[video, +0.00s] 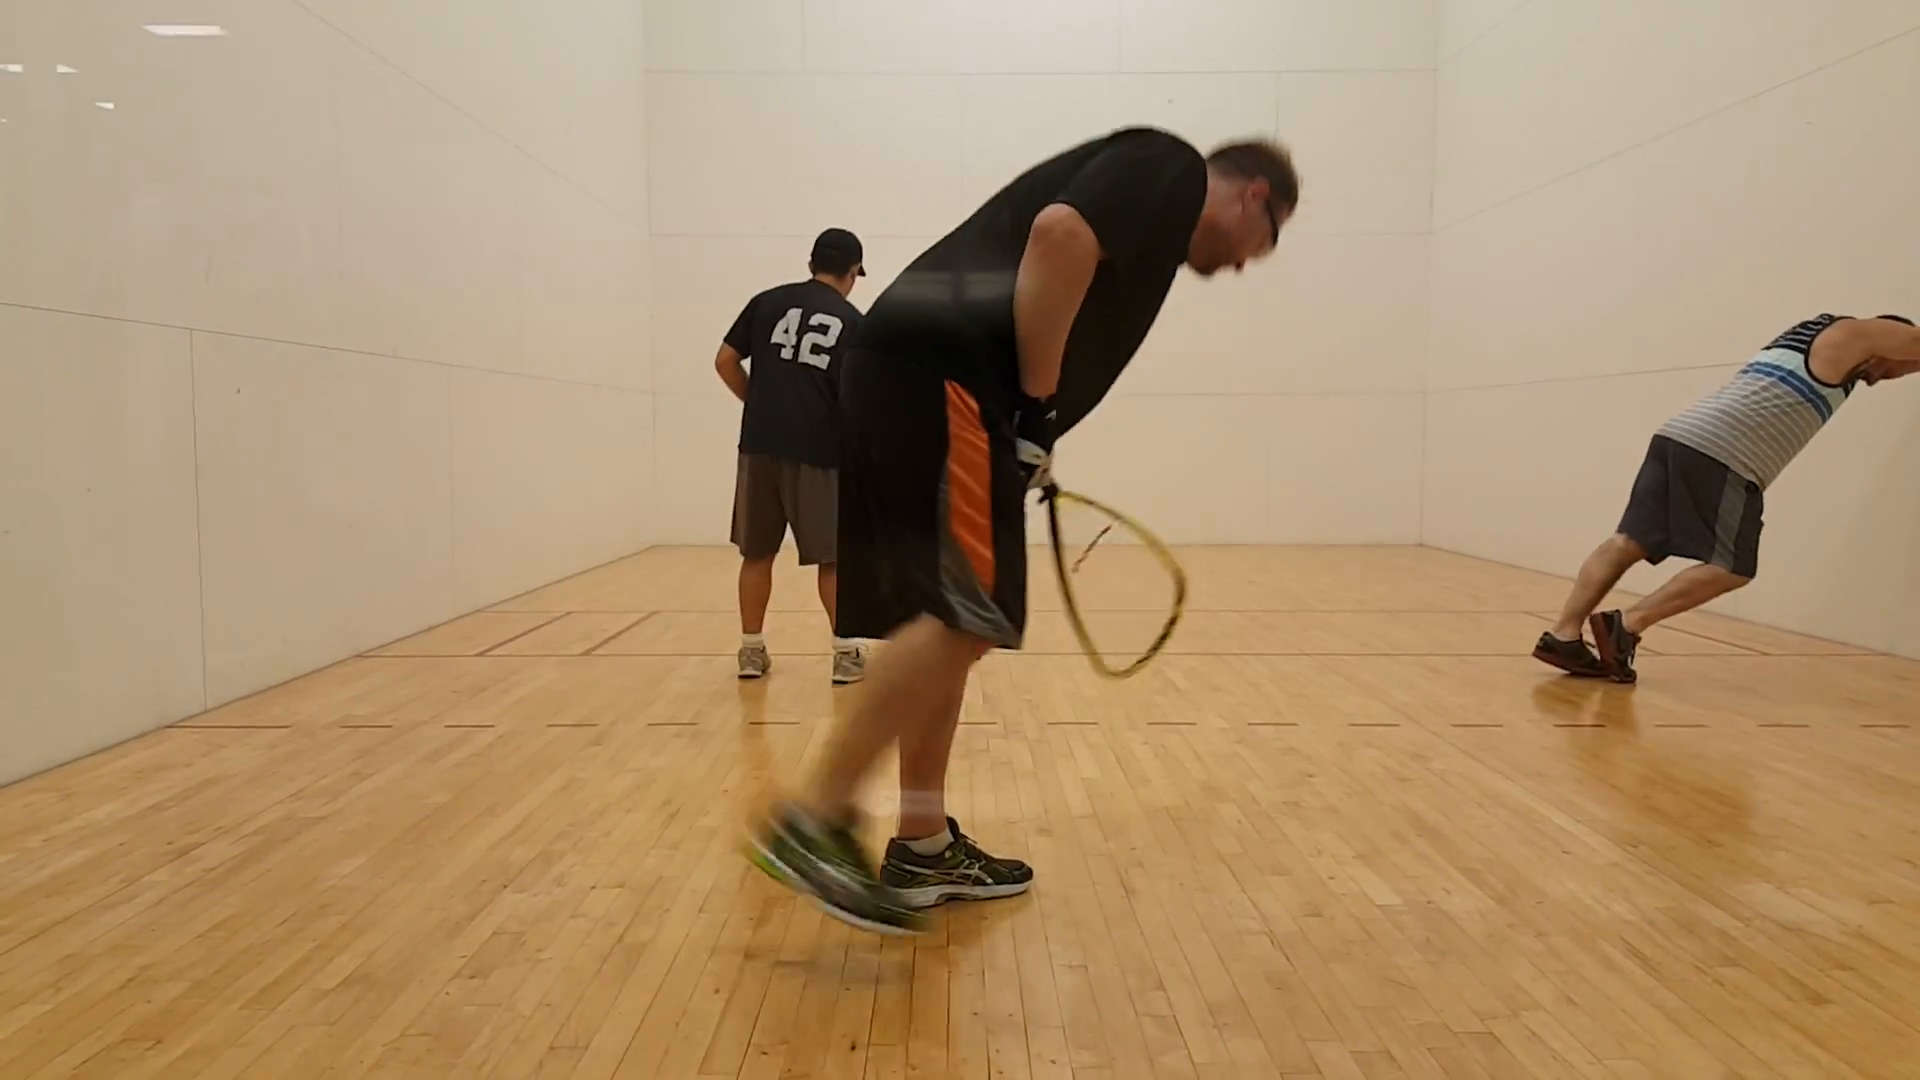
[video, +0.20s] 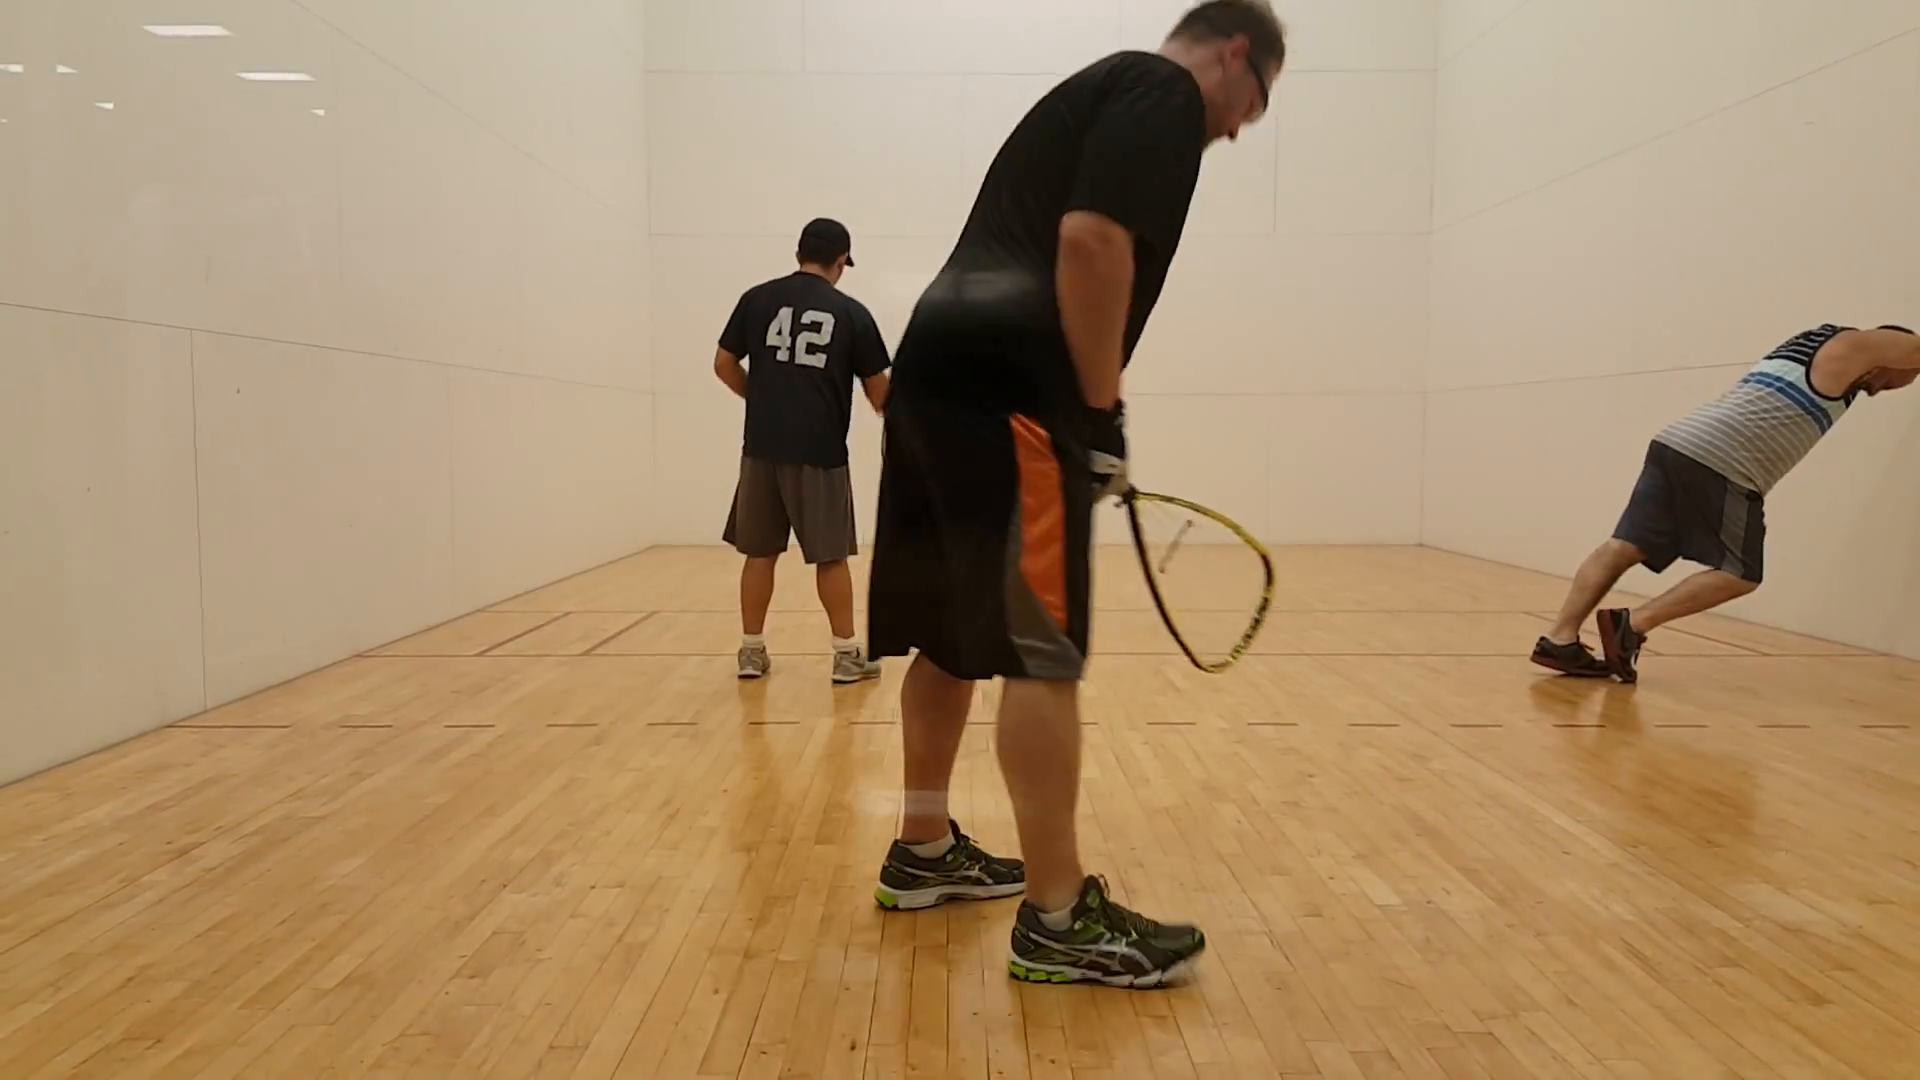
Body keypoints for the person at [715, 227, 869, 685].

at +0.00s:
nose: (856, 281)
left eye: (856, 275)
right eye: (858, 274)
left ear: (810, 264)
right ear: (853, 272)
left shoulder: (767, 302)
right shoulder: (854, 324)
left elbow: (726, 361)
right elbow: (861, 391)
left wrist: (757, 401)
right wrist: (856, 433)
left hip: (761, 442)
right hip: (820, 448)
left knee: (757, 551)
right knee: (832, 556)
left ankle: (751, 649)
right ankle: (847, 652)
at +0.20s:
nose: (845, 270)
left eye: (842, 264)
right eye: (845, 264)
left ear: (799, 255)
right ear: (840, 262)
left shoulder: (758, 298)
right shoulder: (851, 314)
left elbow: (724, 364)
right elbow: (880, 393)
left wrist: (761, 396)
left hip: (761, 446)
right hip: (819, 450)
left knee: (759, 550)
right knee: (831, 554)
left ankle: (751, 652)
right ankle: (846, 655)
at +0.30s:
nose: (839, 260)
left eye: (837, 253)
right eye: (840, 254)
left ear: (791, 250)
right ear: (835, 254)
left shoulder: (754, 298)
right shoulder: (847, 305)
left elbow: (724, 368)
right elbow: (885, 366)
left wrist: (762, 394)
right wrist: (855, 334)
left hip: (763, 448)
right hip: (823, 451)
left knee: (760, 549)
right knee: (832, 553)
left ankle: (751, 651)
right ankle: (846, 655)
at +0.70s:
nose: (843, 254)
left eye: (839, 248)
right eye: (841, 249)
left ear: (793, 255)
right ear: (836, 256)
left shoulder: (763, 307)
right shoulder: (857, 315)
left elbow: (736, 378)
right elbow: (874, 395)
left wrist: (764, 425)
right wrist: (842, 413)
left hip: (777, 454)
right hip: (836, 458)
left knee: (765, 549)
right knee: (869, 545)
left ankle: (755, 648)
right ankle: (861, 653)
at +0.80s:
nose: (860, 264)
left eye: (857, 258)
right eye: (858, 259)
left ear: (811, 264)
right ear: (853, 265)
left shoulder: (780, 316)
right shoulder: (869, 329)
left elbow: (749, 387)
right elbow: (891, 408)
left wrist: (757, 447)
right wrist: (885, 441)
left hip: (786, 464)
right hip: (844, 468)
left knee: (768, 551)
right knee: (894, 552)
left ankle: (754, 645)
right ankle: (879, 654)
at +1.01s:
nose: (905, 241)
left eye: (903, 234)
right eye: (903, 235)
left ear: (853, 244)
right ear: (895, 243)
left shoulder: (829, 296)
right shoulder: (909, 304)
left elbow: (797, 360)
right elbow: (922, 372)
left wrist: (816, 414)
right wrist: (948, 420)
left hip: (830, 445)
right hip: (887, 452)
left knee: (814, 548)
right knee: (894, 551)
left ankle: (788, 644)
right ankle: (878, 652)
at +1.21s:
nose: (930, 215)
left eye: (926, 206)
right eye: (926, 208)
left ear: (882, 221)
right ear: (919, 219)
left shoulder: (865, 272)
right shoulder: (927, 278)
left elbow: (837, 336)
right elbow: (920, 341)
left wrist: (881, 364)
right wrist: (961, 376)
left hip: (863, 433)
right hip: (914, 436)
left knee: (875, 538)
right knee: (933, 537)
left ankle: (845, 653)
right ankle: (920, 653)